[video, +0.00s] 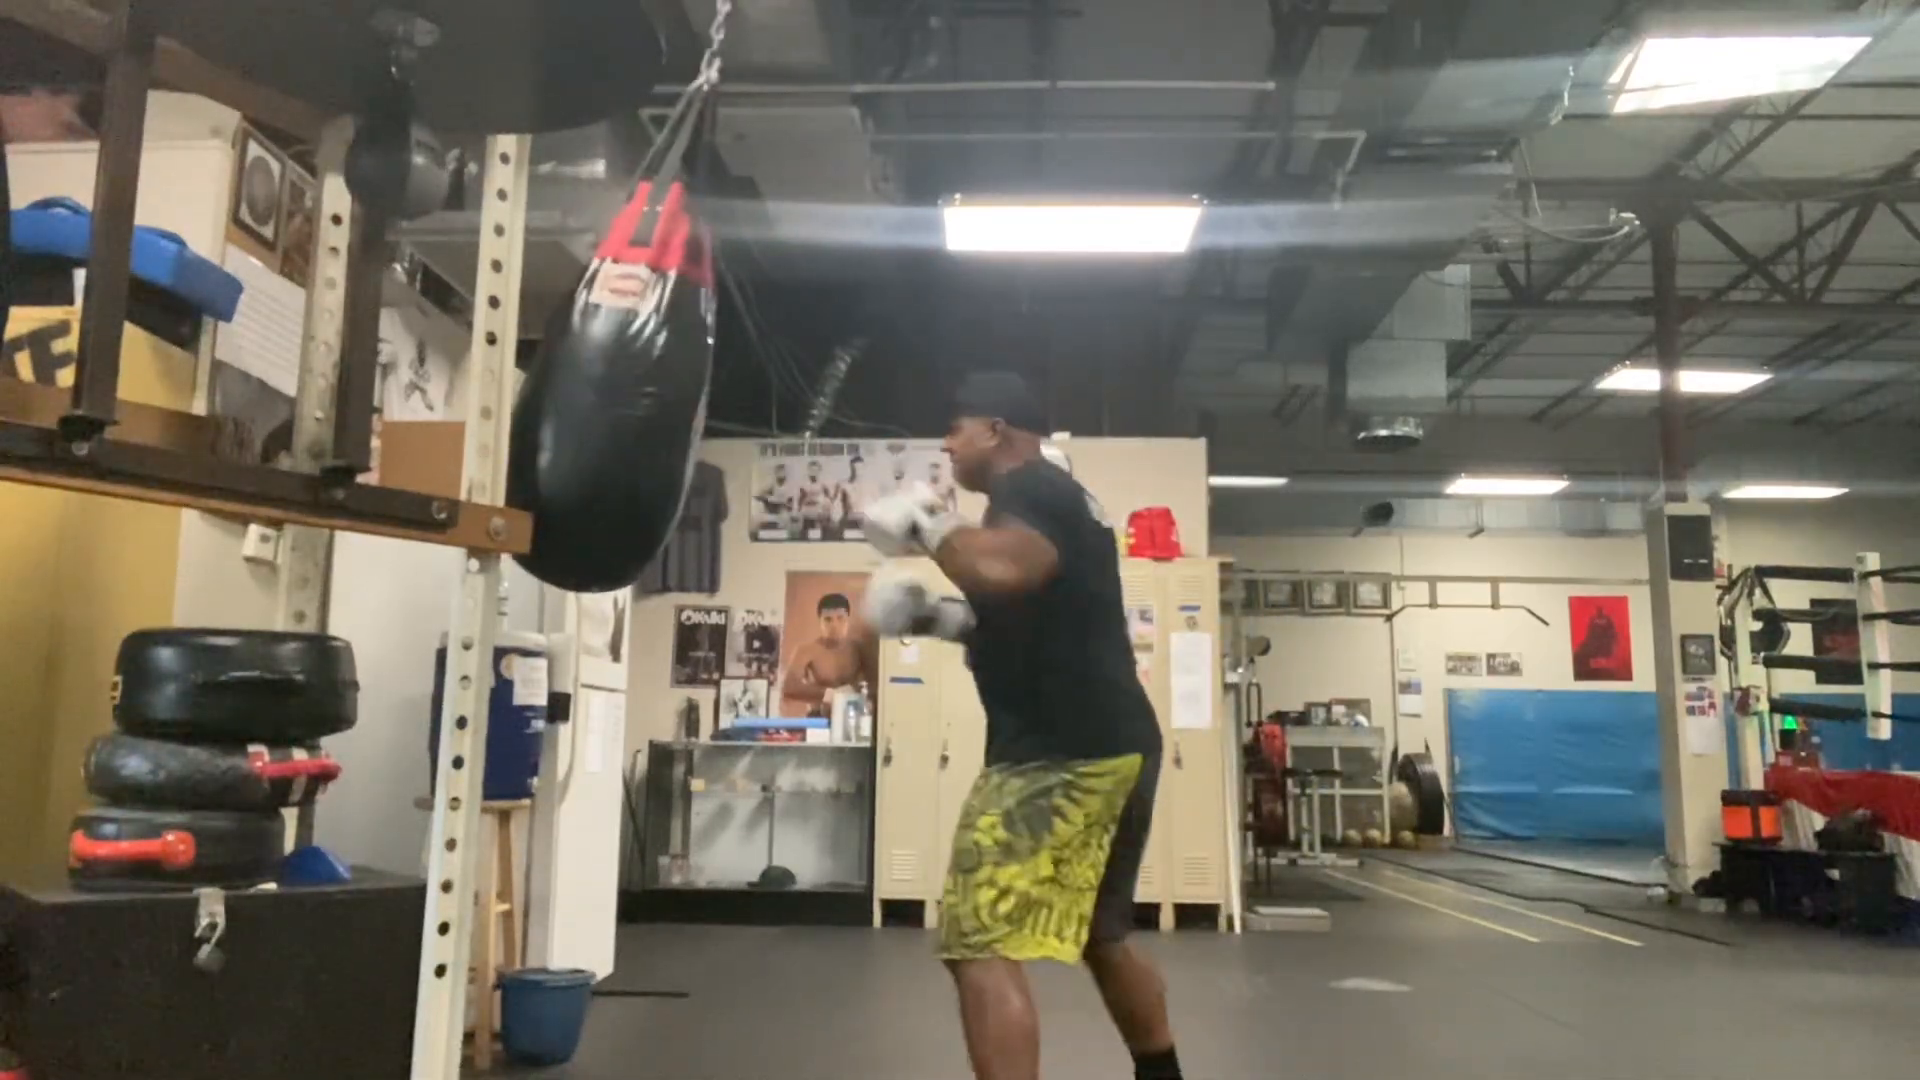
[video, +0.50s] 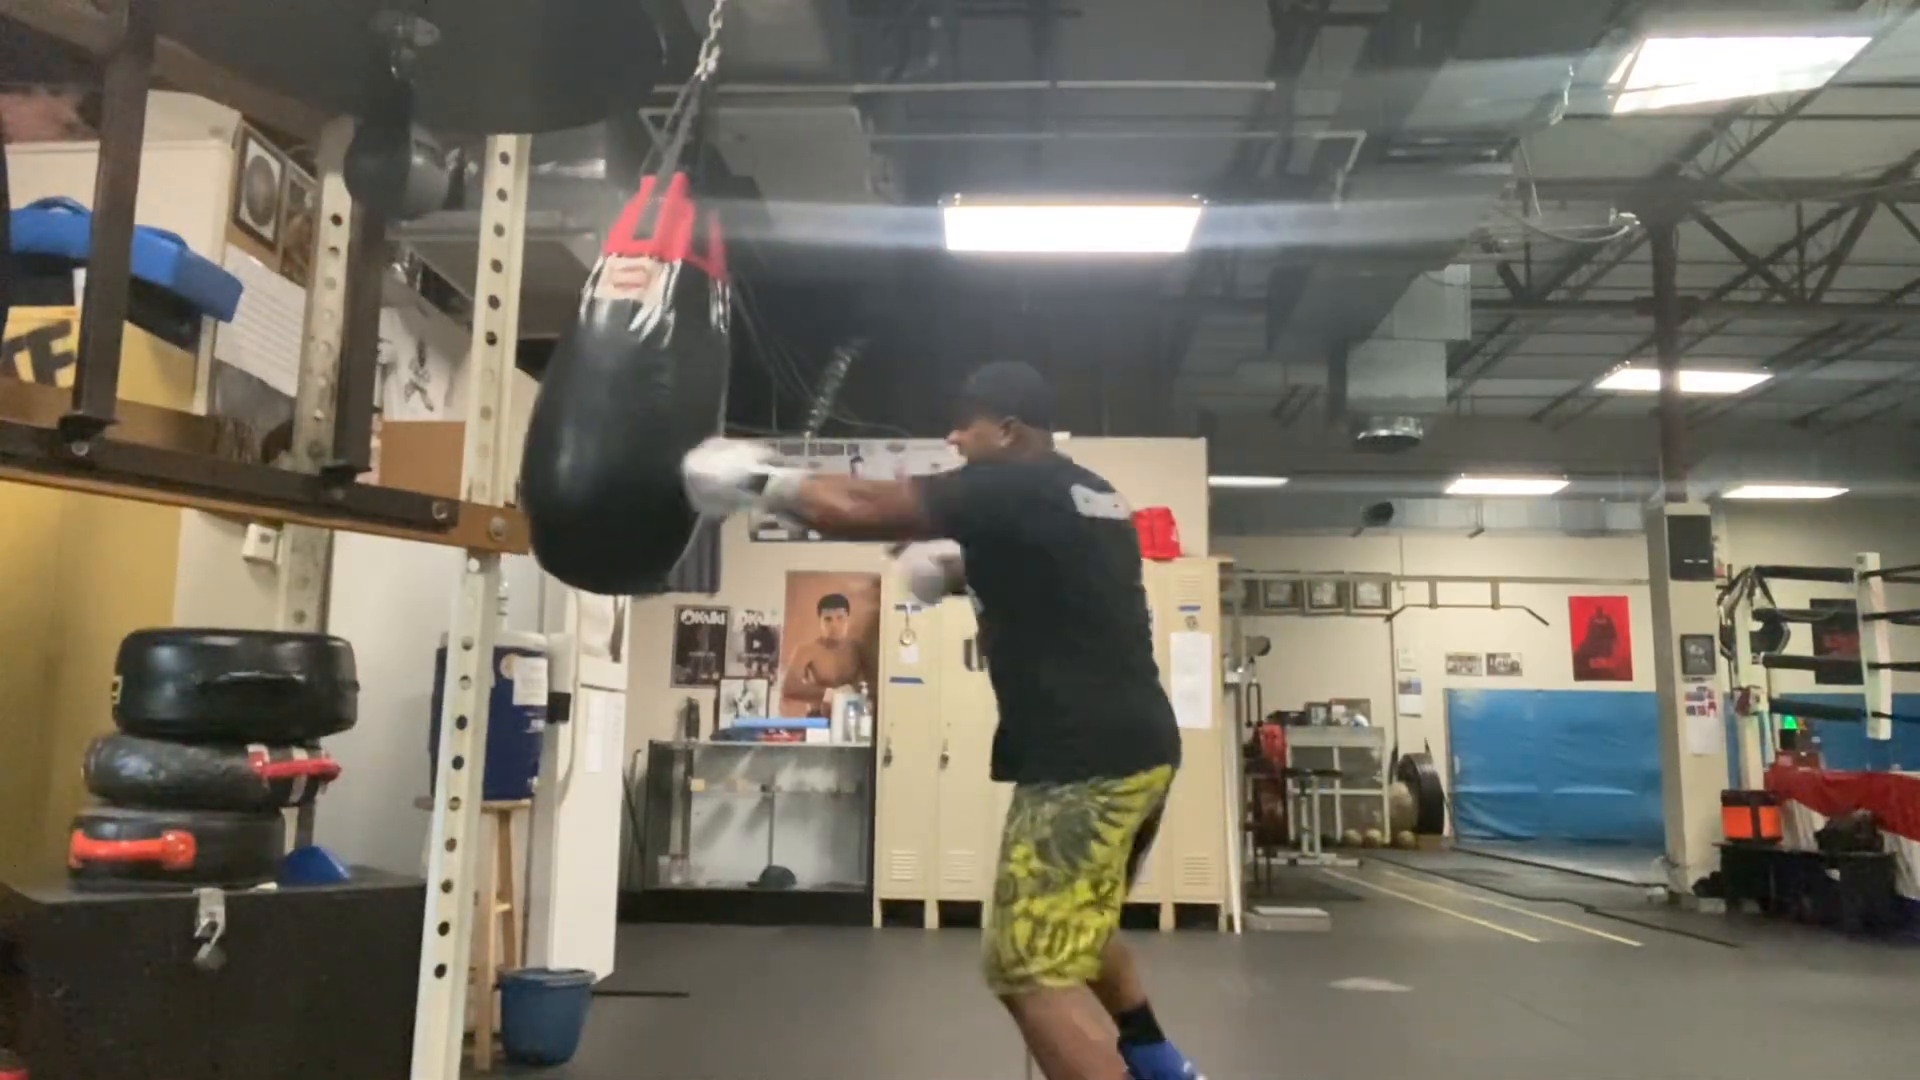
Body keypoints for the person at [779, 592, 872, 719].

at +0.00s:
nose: (834, 625)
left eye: (840, 618)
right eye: (828, 619)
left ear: (848, 620)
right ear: (819, 622)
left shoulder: (858, 650)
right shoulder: (806, 651)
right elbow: (789, 687)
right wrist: (826, 694)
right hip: (820, 717)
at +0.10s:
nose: (834, 625)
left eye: (840, 618)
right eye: (828, 619)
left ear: (848, 620)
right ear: (819, 621)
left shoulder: (859, 651)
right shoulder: (806, 651)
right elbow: (790, 688)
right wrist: (826, 694)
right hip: (820, 718)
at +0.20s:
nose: (834, 625)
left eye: (840, 618)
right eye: (828, 619)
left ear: (847, 620)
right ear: (819, 621)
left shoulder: (858, 650)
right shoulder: (805, 651)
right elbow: (790, 688)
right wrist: (827, 694)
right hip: (819, 717)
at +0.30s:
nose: (834, 625)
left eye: (840, 618)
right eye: (828, 619)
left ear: (848, 620)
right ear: (819, 621)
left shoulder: (858, 651)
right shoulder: (805, 651)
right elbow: (790, 688)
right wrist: (826, 694)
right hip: (819, 718)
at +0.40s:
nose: (834, 625)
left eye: (840, 618)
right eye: (828, 619)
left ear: (847, 620)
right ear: (819, 621)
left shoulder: (858, 651)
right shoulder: (806, 651)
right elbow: (790, 688)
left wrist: (816, 687)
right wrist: (827, 694)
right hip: (819, 717)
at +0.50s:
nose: (834, 625)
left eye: (840, 618)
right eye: (828, 619)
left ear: (847, 619)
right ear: (819, 621)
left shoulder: (858, 651)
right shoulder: (806, 651)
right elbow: (790, 688)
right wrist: (826, 694)